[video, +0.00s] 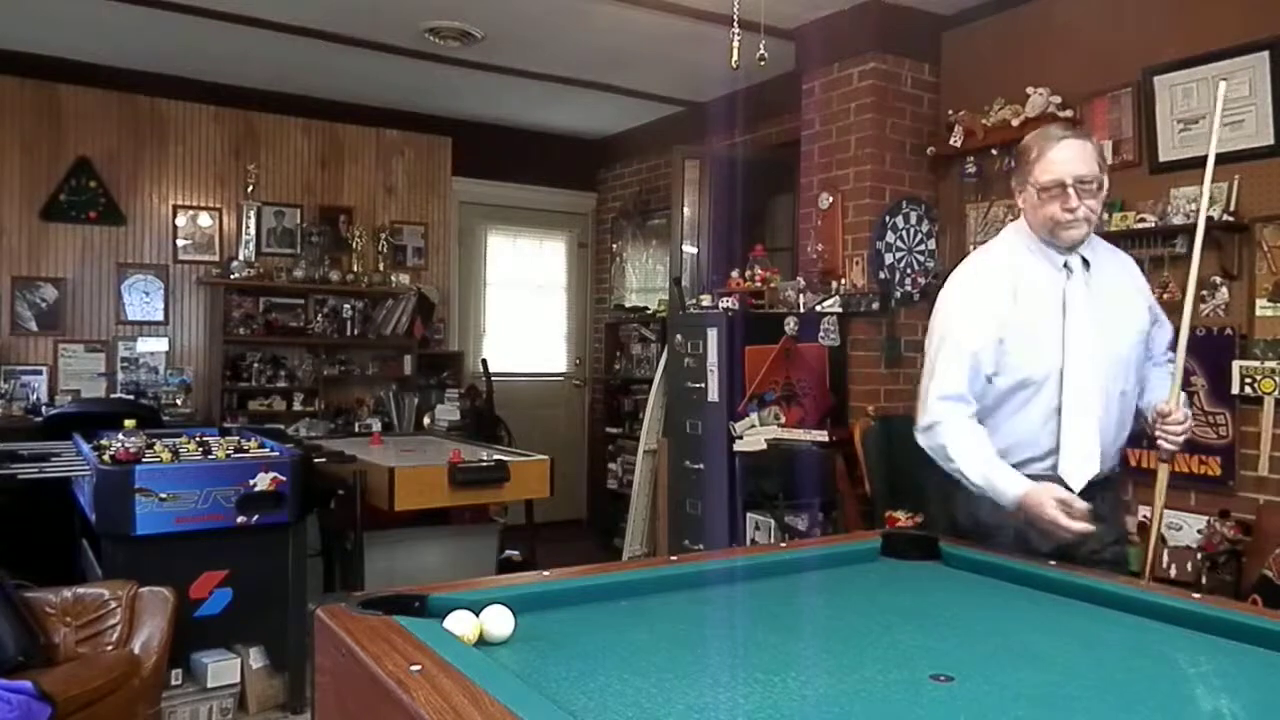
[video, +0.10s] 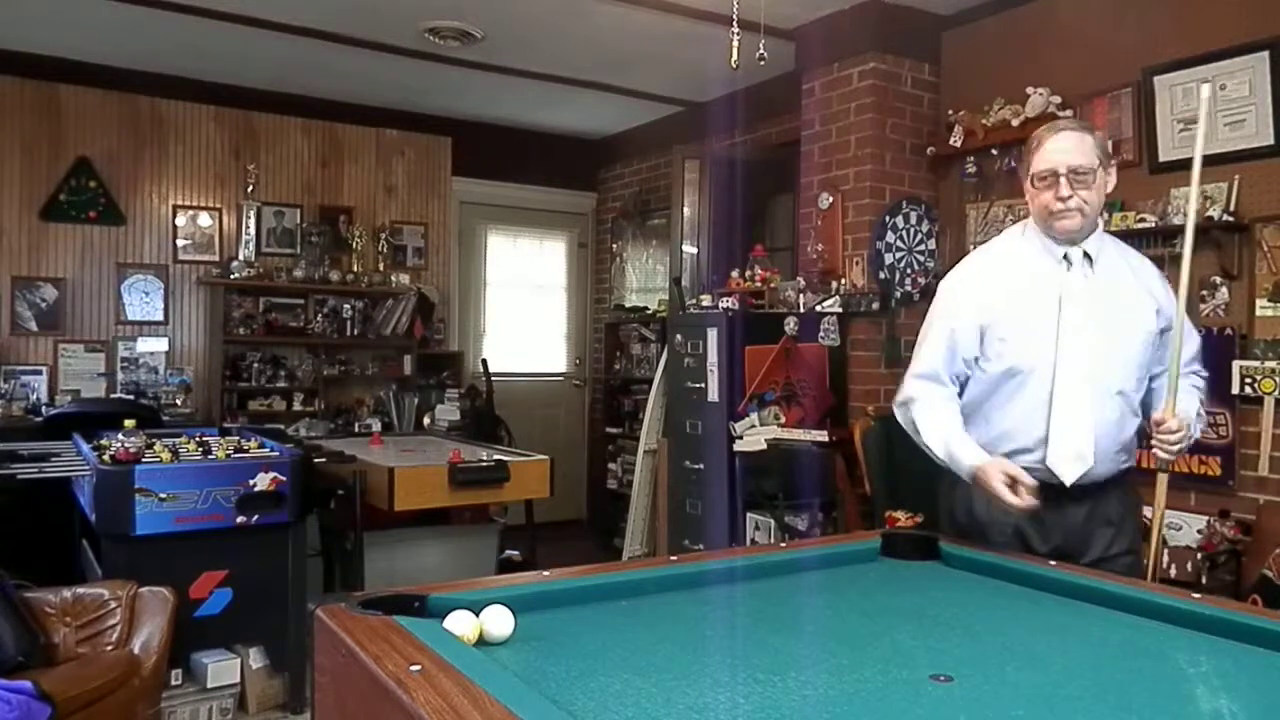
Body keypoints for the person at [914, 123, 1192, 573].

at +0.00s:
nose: (1072, 204)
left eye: (1086, 186)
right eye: (1053, 190)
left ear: (1104, 189)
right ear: (1021, 195)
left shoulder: (1122, 272)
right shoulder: (980, 281)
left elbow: (1154, 357)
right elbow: (941, 416)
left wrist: (1160, 406)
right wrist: (1019, 494)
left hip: (1099, 505)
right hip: (996, 510)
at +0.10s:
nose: (1063, 192)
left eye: (1079, 175)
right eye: (1046, 179)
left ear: (1108, 180)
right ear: (1026, 189)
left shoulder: (1142, 280)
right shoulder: (979, 276)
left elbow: (1181, 371)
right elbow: (924, 388)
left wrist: (1180, 416)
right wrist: (975, 464)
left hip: (1105, 510)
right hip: (996, 509)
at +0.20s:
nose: (1068, 183)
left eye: (1085, 168)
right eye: (1053, 172)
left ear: (1121, 175)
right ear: (1040, 185)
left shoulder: (1161, 284)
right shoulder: (991, 268)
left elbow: (1208, 385)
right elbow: (919, 360)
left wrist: (1178, 432)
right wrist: (939, 417)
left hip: (1107, 510)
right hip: (996, 499)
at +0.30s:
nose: (1082, 180)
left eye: (1101, 165)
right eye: (1071, 168)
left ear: (1141, 177)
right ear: (1059, 182)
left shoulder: (1179, 288)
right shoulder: (1004, 264)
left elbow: (1229, 399)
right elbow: (928, 334)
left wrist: (1166, 450)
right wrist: (928, 359)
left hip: (1107, 513)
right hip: (999, 500)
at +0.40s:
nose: (1091, 179)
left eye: (1112, 166)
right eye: (1083, 166)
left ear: (1154, 180)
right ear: (1071, 174)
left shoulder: (1188, 288)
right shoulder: (1018, 259)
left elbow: (1233, 412)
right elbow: (952, 332)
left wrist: (1144, 461)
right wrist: (926, 322)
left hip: (1110, 512)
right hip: (1002, 494)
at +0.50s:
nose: (1093, 178)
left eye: (1114, 164)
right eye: (1088, 164)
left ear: (1157, 175)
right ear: (1077, 170)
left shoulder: (1191, 286)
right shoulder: (1027, 257)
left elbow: (1226, 415)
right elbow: (950, 321)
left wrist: (1125, 464)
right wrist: (928, 288)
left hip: (1111, 510)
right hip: (1006, 486)